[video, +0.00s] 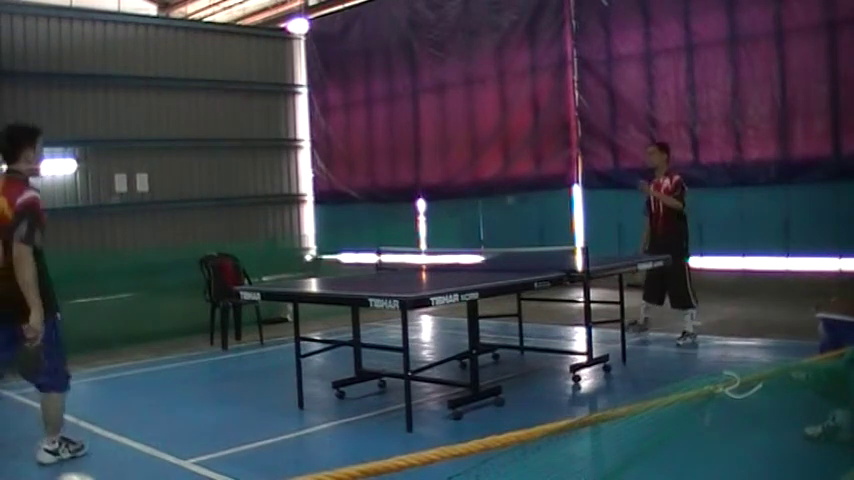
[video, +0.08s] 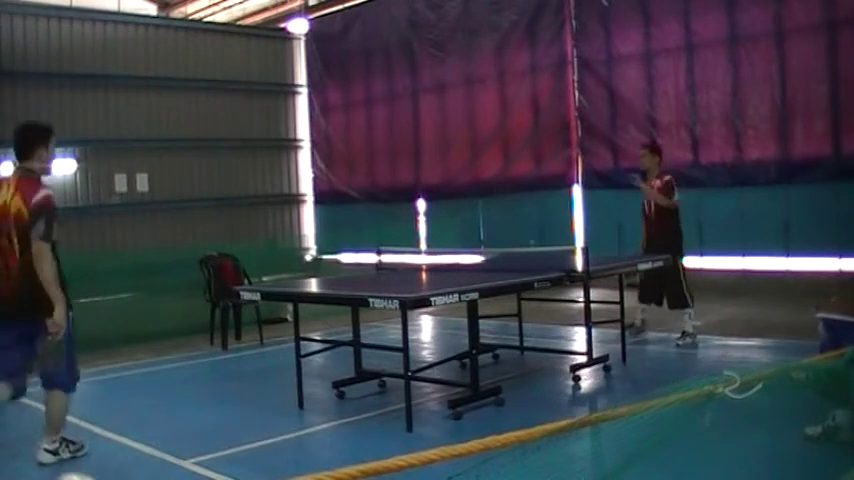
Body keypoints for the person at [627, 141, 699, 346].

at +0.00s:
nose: (649, 158)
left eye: (653, 154)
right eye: (649, 154)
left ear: (664, 157)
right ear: (652, 158)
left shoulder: (676, 181)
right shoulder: (653, 185)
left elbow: (679, 204)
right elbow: (651, 217)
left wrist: (653, 193)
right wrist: (645, 242)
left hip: (676, 243)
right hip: (657, 242)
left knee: (681, 285)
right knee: (652, 281)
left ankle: (689, 329)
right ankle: (643, 320)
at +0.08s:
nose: (642, 160)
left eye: (645, 156)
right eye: (641, 157)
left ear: (656, 159)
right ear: (645, 160)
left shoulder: (667, 182)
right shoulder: (647, 185)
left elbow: (670, 202)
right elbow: (648, 218)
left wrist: (649, 192)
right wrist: (645, 240)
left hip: (670, 243)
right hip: (652, 242)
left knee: (678, 285)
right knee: (646, 282)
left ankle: (689, 327)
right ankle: (640, 321)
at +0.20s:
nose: (629, 163)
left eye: (633, 159)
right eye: (630, 159)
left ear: (643, 161)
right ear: (639, 162)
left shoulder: (653, 181)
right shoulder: (641, 184)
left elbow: (644, 198)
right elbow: (644, 222)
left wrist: (630, 181)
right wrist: (641, 245)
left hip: (660, 244)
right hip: (644, 245)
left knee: (671, 286)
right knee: (637, 284)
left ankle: (686, 327)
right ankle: (637, 323)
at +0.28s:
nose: (622, 164)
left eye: (625, 160)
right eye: (622, 160)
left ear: (636, 162)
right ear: (629, 163)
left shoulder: (644, 181)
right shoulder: (634, 183)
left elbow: (633, 198)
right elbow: (638, 223)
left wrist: (618, 177)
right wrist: (637, 245)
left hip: (656, 245)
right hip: (641, 245)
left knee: (666, 286)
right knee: (635, 285)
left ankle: (681, 326)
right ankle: (638, 322)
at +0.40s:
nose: (614, 163)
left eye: (618, 159)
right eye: (614, 160)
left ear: (629, 162)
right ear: (624, 163)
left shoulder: (637, 184)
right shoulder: (625, 183)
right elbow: (603, 184)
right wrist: (589, 168)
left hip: (652, 240)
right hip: (636, 240)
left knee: (661, 280)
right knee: (635, 280)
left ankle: (674, 323)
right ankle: (638, 321)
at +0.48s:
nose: (612, 163)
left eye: (615, 159)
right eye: (612, 159)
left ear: (626, 163)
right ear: (617, 163)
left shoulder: (633, 181)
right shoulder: (618, 181)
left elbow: (626, 189)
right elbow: (599, 182)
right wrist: (581, 175)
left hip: (651, 235)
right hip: (635, 236)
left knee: (659, 274)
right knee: (635, 275)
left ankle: (672, 322)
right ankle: (637, 321)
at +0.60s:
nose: (609, 163)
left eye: (613, 160)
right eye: (610, 160)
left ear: (623, 163)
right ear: (616, 164)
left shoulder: (633, 185)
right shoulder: (618, 182)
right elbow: (607, 184)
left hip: (649, 240)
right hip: (633, 241)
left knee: (660, 281)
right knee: (634, 282)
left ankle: (674, 322)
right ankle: (637, 322)